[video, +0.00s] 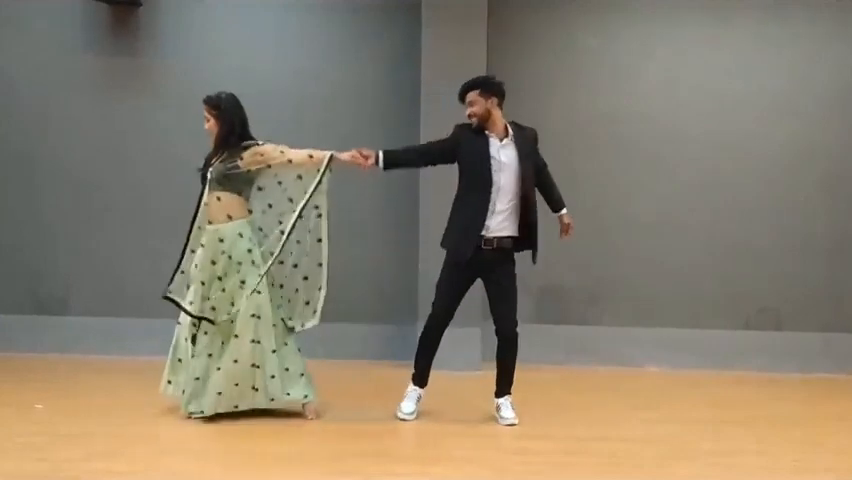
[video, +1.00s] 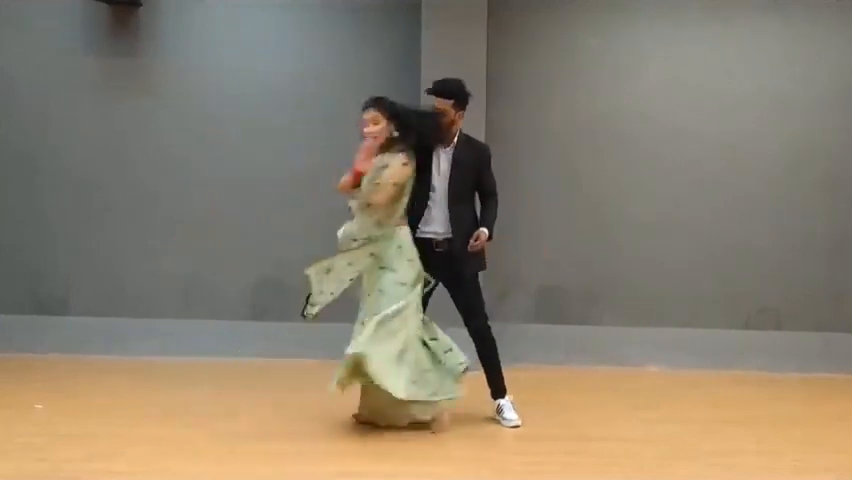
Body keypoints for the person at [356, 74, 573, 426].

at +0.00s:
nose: (469, 111)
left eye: (473, 104)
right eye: (466, 106)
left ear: (494, 102)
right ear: (474, 107)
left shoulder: (525, 139)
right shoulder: (465, 139)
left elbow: (541, 175)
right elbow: (425, 153)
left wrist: (561, 211)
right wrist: (379, 158)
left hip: (503, 251)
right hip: (465, 247)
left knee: (508, 330)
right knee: (439, 318)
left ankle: (503, 399)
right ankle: (415, 389)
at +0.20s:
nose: (473, 114)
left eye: (479, 107)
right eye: (471, 108)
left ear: (500, 106)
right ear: (474, 110)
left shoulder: (527, 143)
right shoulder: (467, 139)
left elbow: (535, 182)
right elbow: (425, 152)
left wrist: (547, 217)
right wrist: (379, 150)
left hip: (499, 255)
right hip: (463, 249)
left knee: (509, 330)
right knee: (430, 315)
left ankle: (503, 398)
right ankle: (400, 383)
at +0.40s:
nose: (453, 119)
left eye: (459, 113)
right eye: (452, 113)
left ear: (480, 114)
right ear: (467, 115)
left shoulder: (506, 154)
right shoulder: (446, 150)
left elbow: (520, 196)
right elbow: (414, 182)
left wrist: (535, 236)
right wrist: (372, 188)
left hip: (483, 259)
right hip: (445, 257)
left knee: (498, 330)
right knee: (419, 323)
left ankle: (503, 398)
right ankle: (397, 391)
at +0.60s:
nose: (428, 118)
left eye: (435, 112)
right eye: (427, 112)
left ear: (455, 114)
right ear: (431, 113)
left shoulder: (480, 153)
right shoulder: (423, 148)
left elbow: (496, 197)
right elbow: (408, 184)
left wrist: (501, 242)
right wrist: (370, 194)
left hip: (461, 252)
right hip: (424, 251)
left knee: (485, 325)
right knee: (409, 323)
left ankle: (503, 399)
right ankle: (396, 392)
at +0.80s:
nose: (424, 117)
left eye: (431, 111)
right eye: (423, 110)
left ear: (450, 112)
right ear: (423, 110)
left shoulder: (473, 150)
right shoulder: (416, 146)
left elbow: (488, 195)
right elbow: (397, 185)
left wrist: (487, 236)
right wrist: (354, 199)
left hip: (453, 251)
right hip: (416, 249)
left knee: (478, 325)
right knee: (407, 325)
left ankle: (500, 398)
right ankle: (394, 397)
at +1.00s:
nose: (436, 115)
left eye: (443, 111)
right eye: (434, 109)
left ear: (459, 113)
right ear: (432, 109)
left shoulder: (476, 152)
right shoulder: (417, 144)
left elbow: (488, 196)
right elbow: (396, 184)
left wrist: (485, 228)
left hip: (456, 251)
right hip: (417, 248)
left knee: (478, 325)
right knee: (404, 323)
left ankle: (501, 399)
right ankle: (394, 399)